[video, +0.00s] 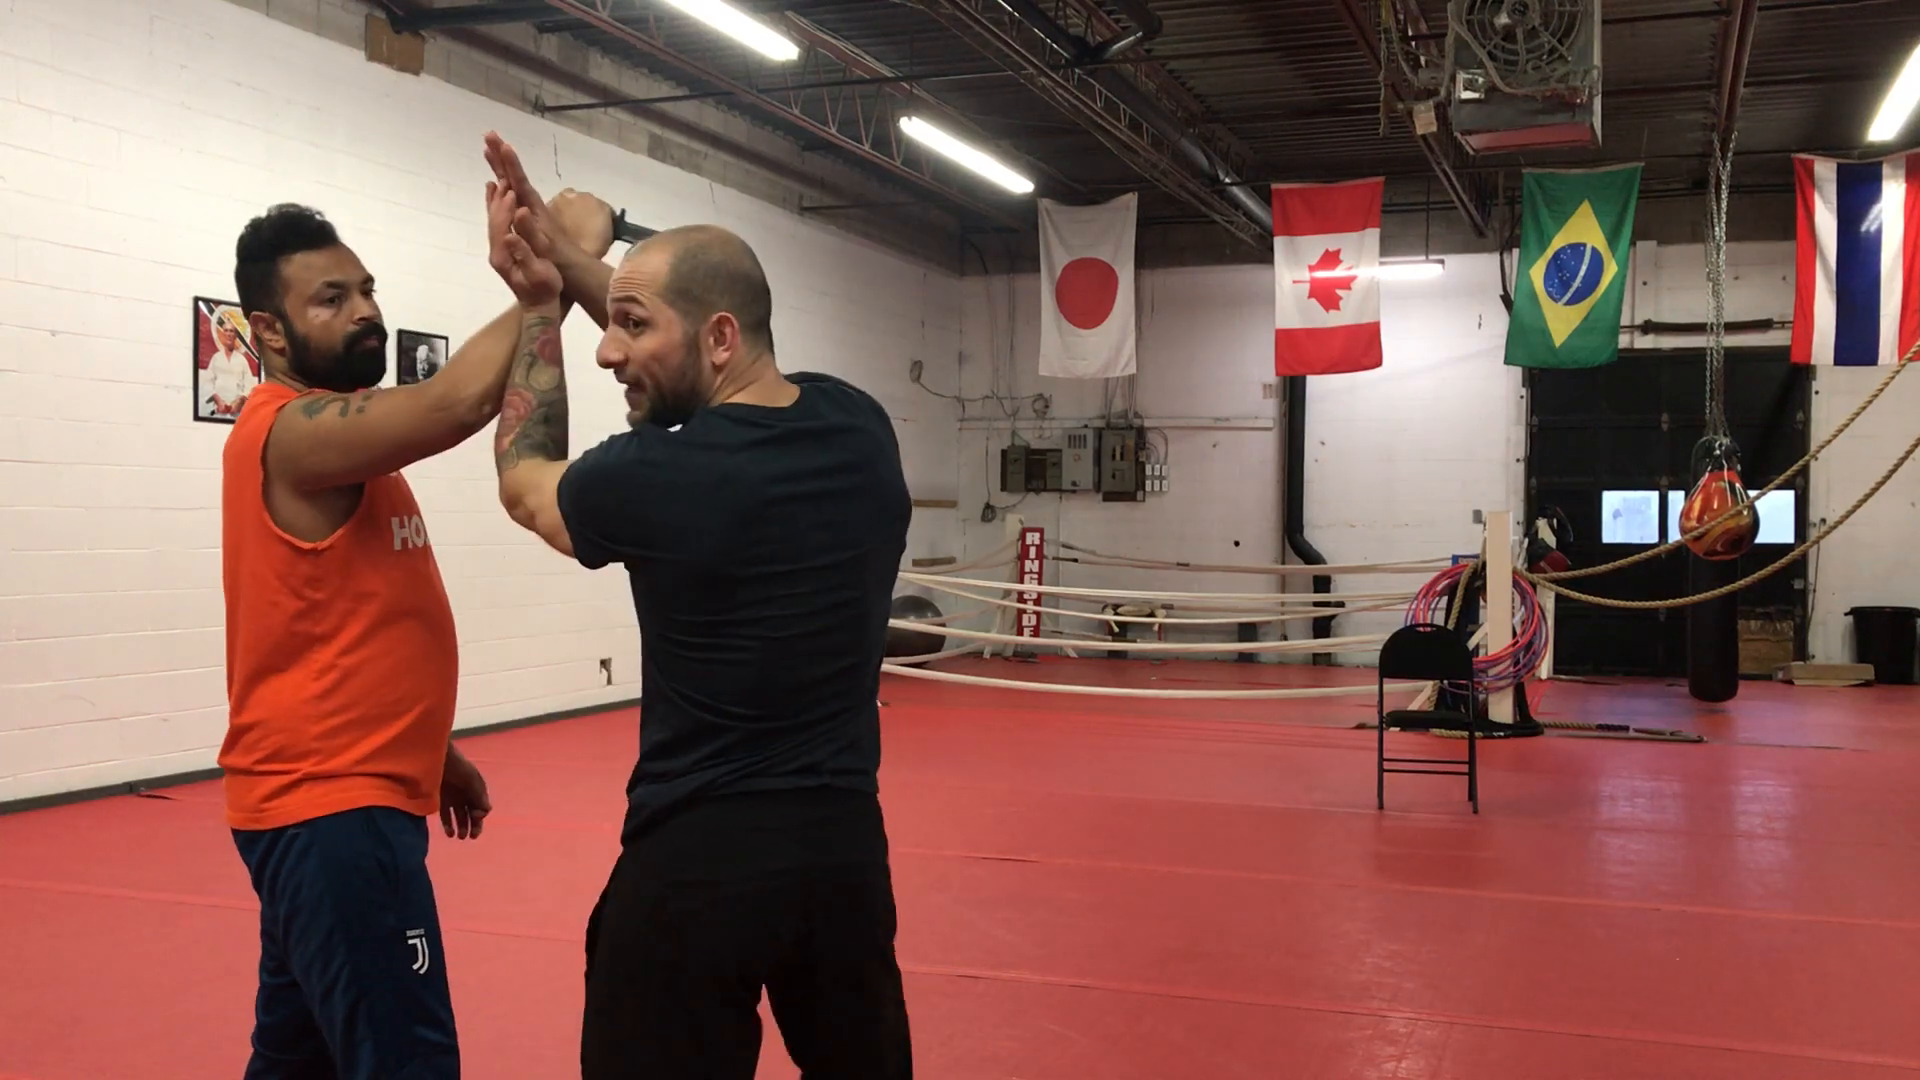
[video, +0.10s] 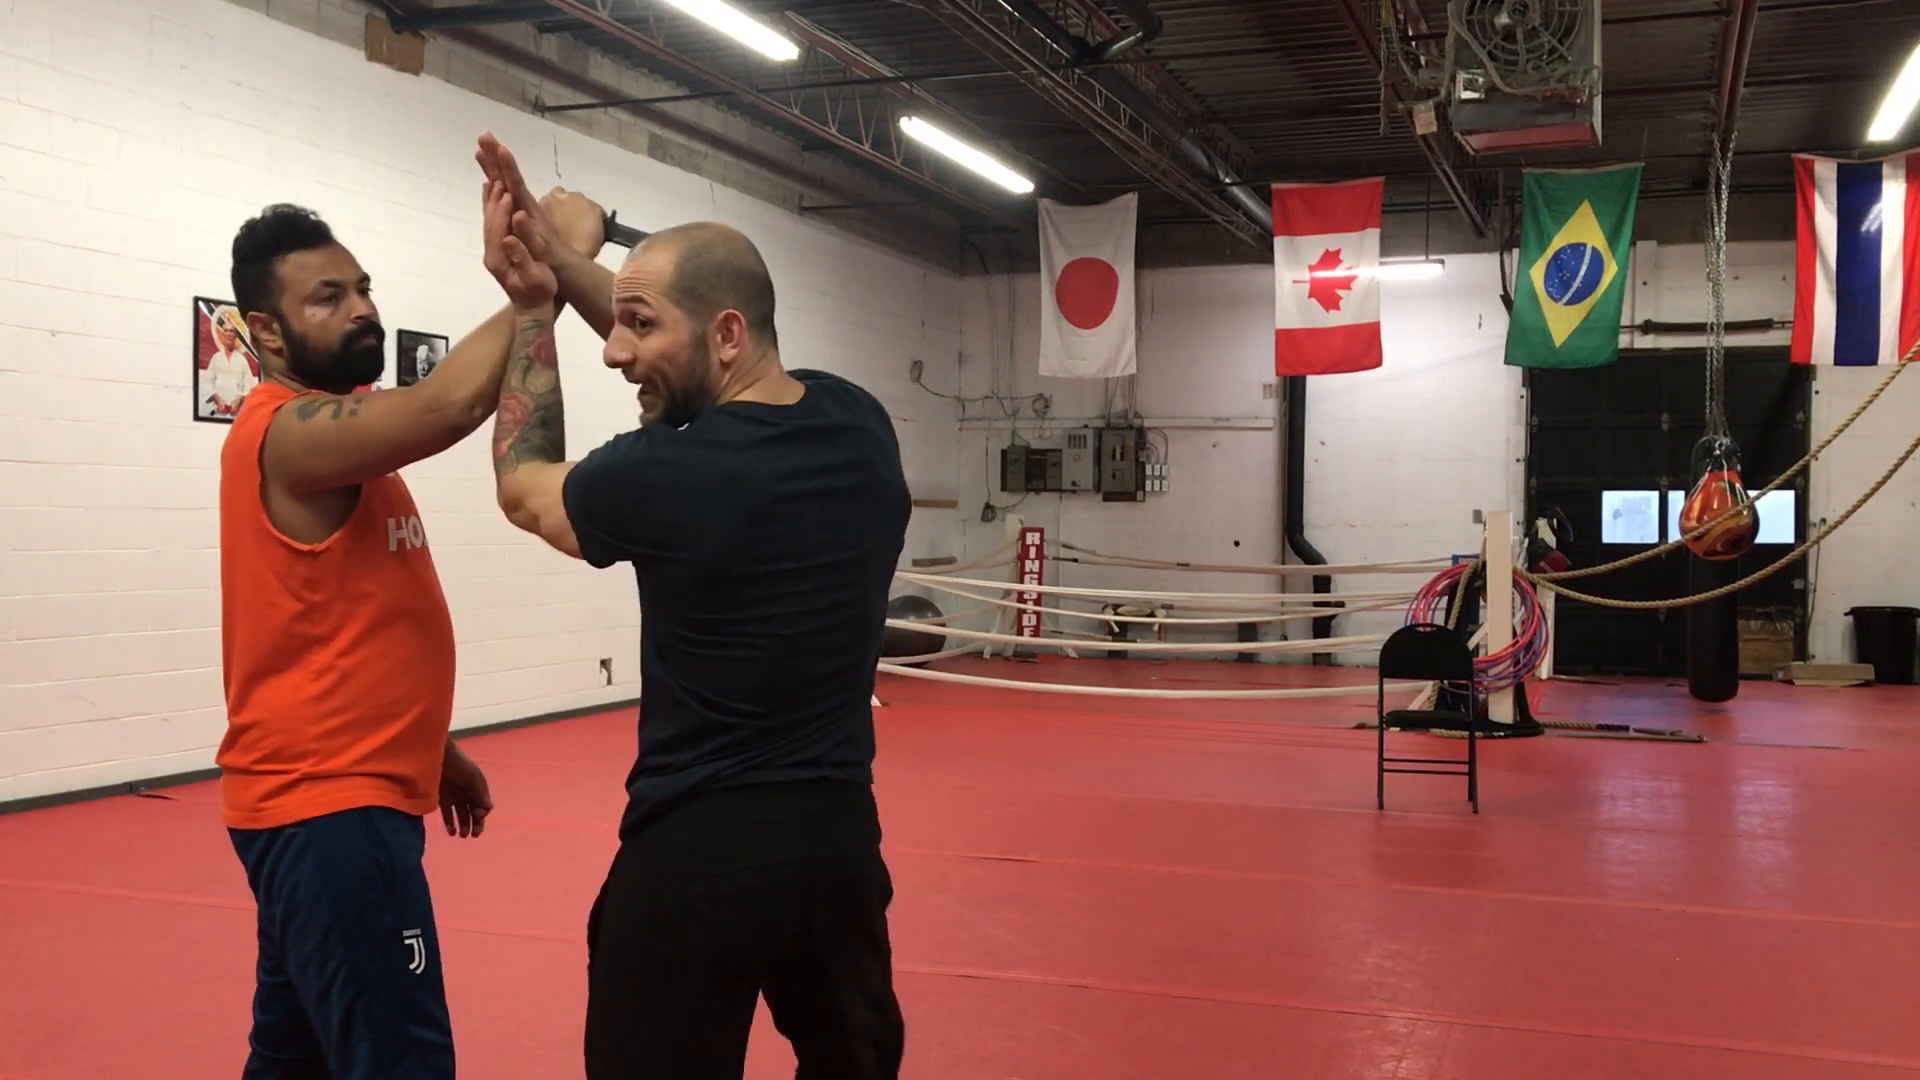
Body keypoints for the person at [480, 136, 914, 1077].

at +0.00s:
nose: (609, 355)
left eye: (634, 325)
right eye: (612, 325)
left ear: (719, 339)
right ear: (728, 337)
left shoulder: (649, 475)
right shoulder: (862, 428)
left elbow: (528, 482)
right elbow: (713, 364)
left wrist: (538, 308)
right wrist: (579, 273)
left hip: (686, 863)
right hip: (839, 853)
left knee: (651, 1059)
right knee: (868, 1063)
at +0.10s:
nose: (619, 353)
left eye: (641, 325)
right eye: (621, 326)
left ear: (727, 336)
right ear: (733, 336)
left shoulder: (664, 476)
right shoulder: (862, 427)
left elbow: (527, 487)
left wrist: (532, 308)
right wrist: (572, 270)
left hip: (684, 856)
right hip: (833, 844)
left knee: (652, 1060)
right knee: (856, 1061)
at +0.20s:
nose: (630, 354)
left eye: (653, 330)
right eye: (630, 330)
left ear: (736, 337)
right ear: (743, 336)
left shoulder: (678, 478)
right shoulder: (866, 426)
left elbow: (530, 490)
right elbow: (669, 338)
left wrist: (528, 311)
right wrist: (562, 266)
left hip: (692, 854)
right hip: (837, 840)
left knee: (653, 1061)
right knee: (854, 1066)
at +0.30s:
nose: (642, 364)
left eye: (666, 341)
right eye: (641, 339)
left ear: (752, 345)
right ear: (755, 344)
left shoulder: (686, 487)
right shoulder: (868, 426)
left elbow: (534, 493)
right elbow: (673, 331)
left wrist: (526, 312)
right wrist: (567, 263)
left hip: (703, 858)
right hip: (847, 841)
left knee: (655, 1060)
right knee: (856, 1066)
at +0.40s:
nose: (650, 365)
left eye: (674, 342)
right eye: (648, 341)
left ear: (760, 345)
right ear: (765, 345)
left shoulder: (691, 490)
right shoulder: (870, 426)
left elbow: (536, 496)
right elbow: (671, 336)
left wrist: (530, 315)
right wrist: (564, 264)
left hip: (714, 857)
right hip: (853, 838)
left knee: (656, 1062)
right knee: (863, 1066)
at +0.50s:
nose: (651, 365)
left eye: (678, 342)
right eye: (650, 340)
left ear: (764, 349)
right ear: (769, 349)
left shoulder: (697, 493)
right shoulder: (871, 428)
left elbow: (538, 498)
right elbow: (677, 332)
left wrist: (533, 316)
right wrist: (568, 267)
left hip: (716, 854)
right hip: (852, 836)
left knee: (657, 1061)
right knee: (865, 1064)